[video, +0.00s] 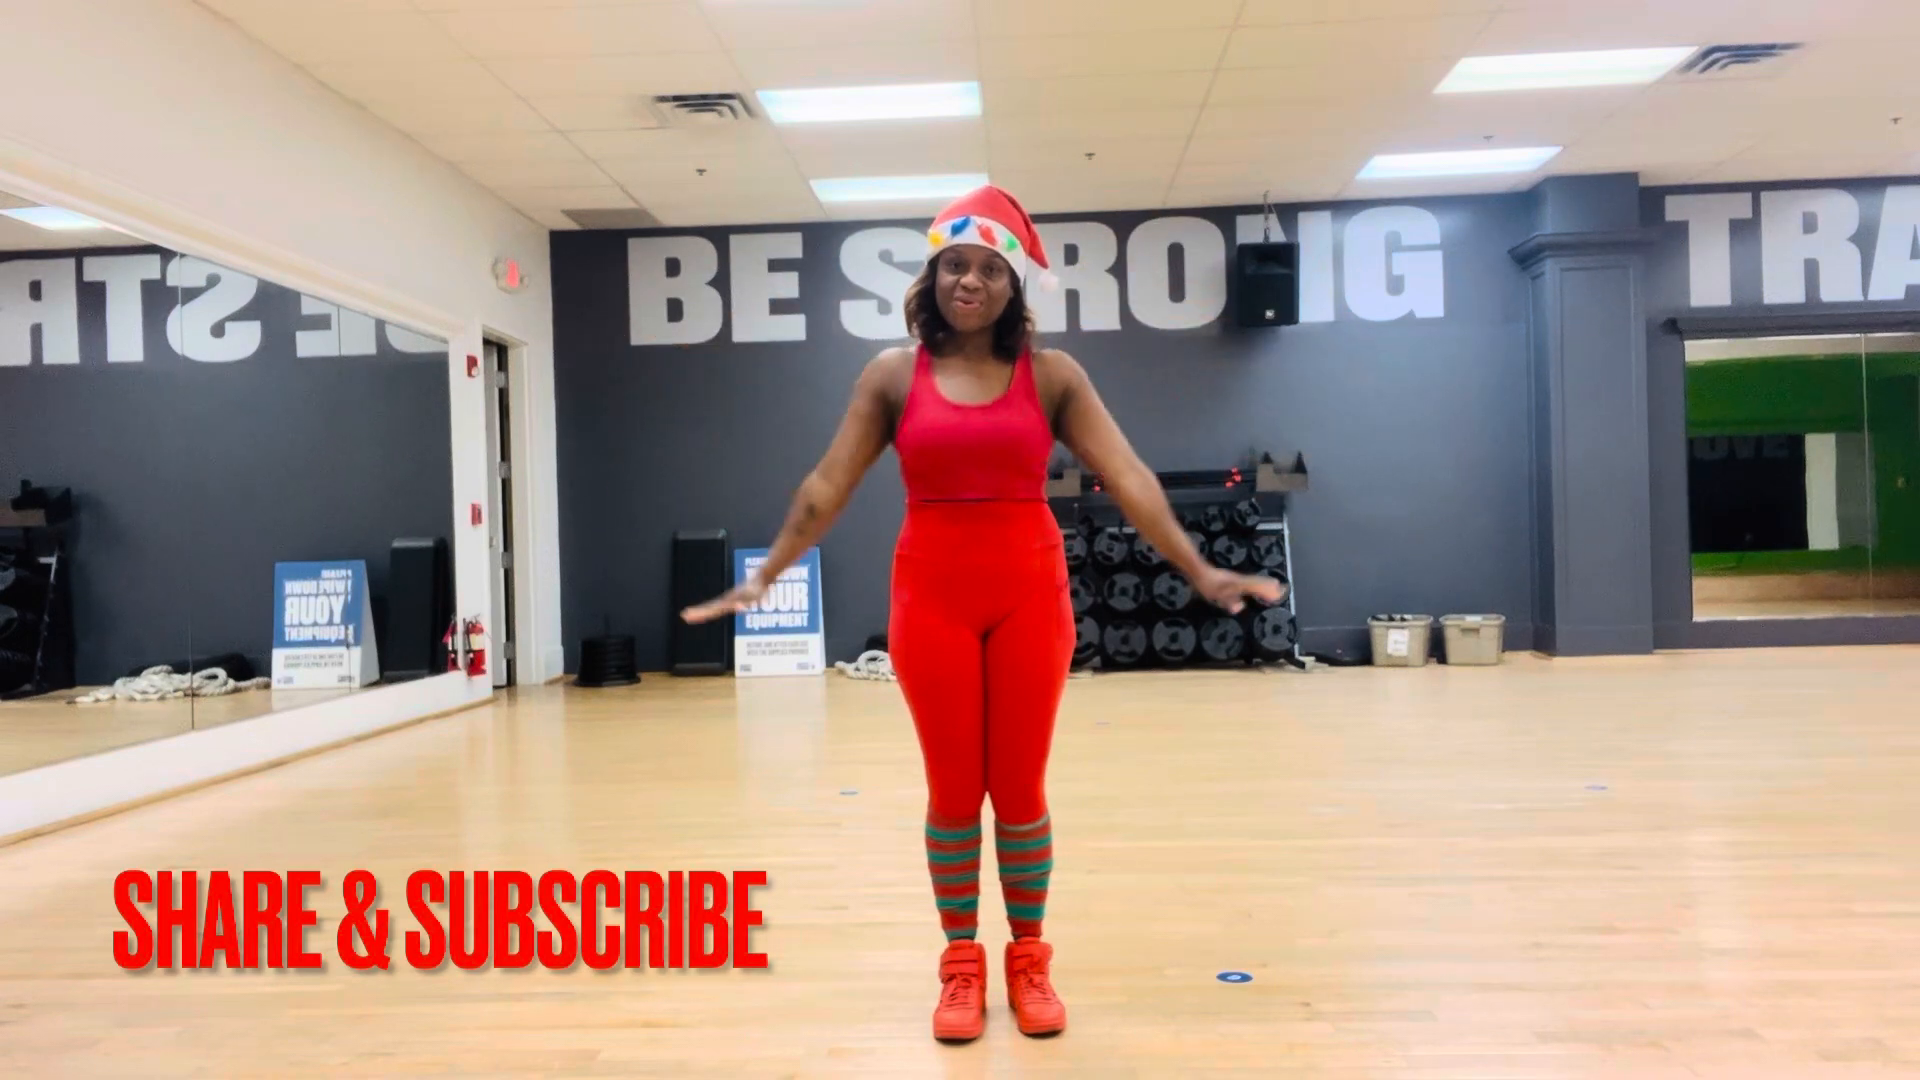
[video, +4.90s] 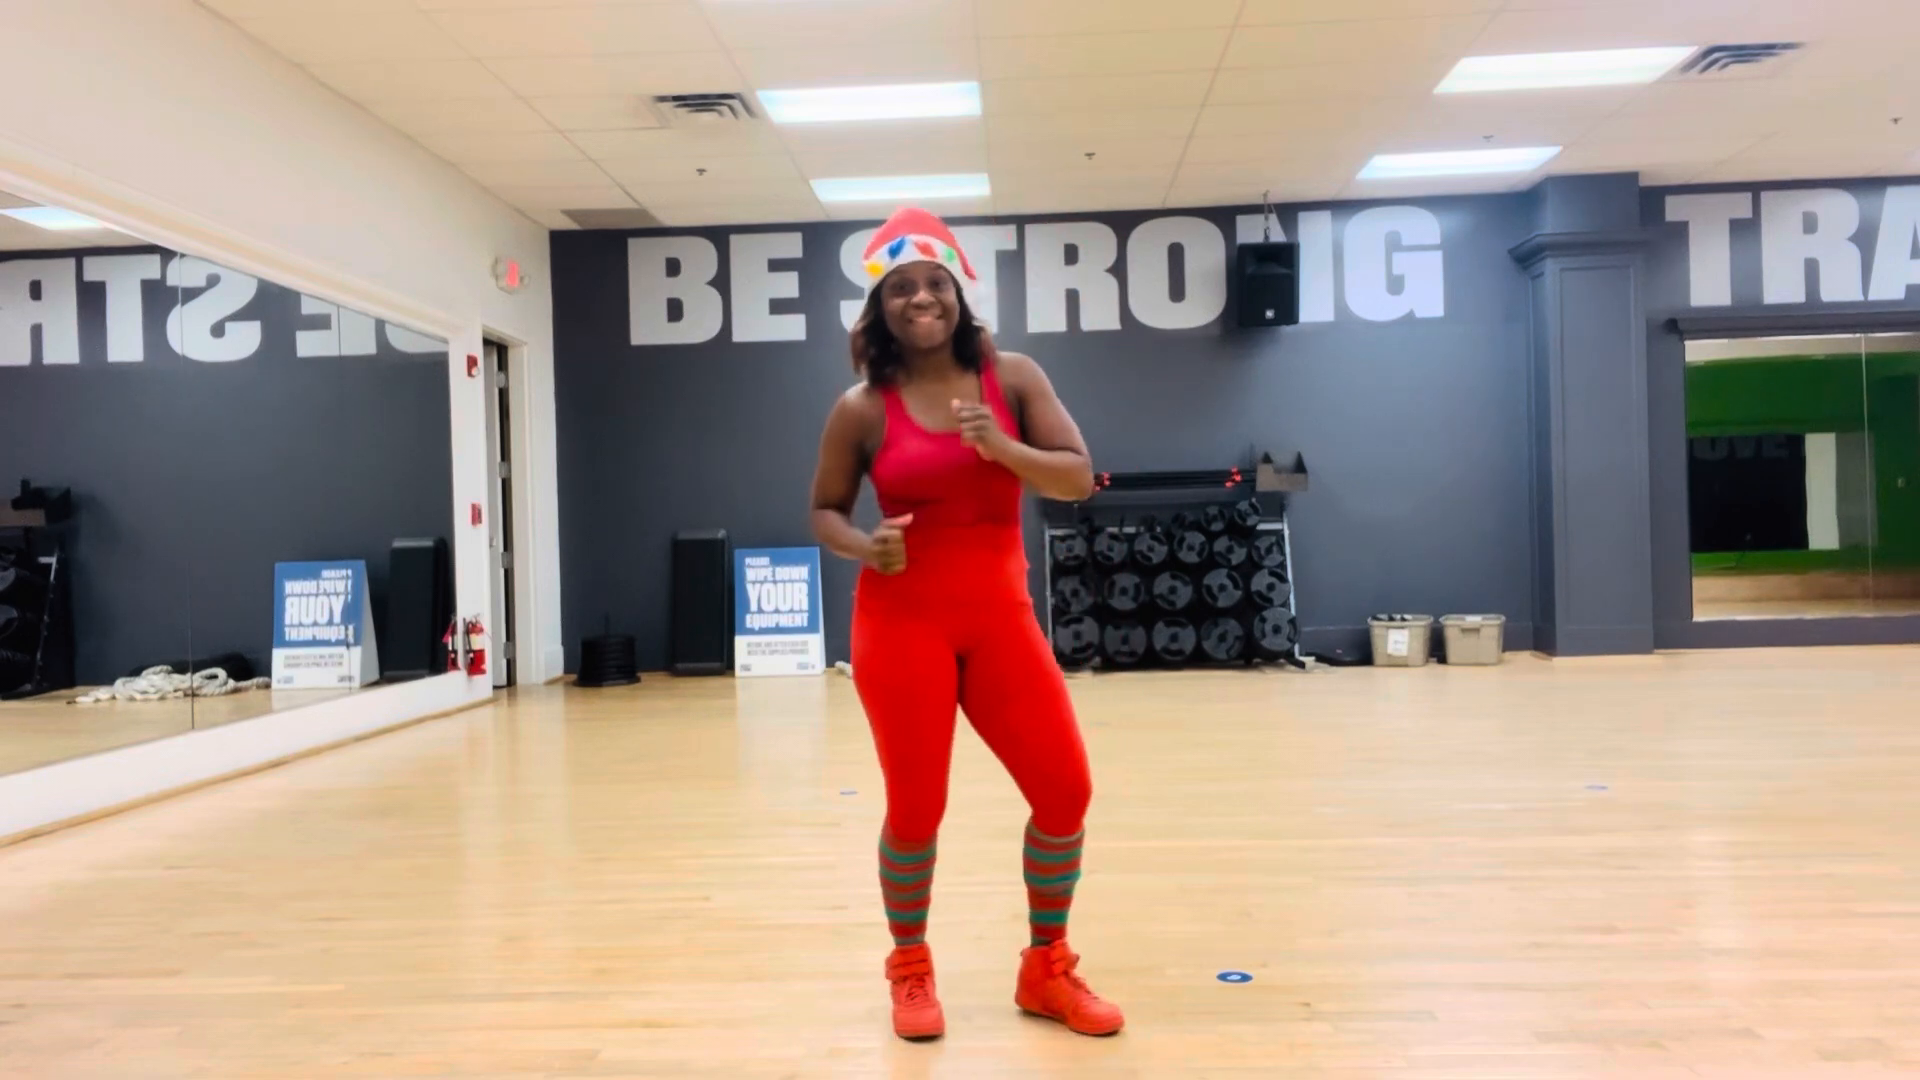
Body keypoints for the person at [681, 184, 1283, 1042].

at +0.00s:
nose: (966, 283)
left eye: (985, 270)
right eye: (953, 266)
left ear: (1012, 285)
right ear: (932, 277)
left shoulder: (1050, 373)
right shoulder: (894, 374)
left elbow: (1126, 475)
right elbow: (827, 485)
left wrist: (1202, 569)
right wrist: (764, 576)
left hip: (1030, 590)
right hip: (931, 592)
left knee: (1019, 785)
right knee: (954, 786)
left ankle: (1030, 963)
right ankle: (962, 965)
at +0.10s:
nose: (969, 282)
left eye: (988, 270)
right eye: (955, 265)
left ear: (1012, 285)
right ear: (932, 277)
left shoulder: (1049, 375)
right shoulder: (894, 377)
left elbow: (1093, 483)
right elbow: (856, 498)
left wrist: (1143, 592)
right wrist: (818, 598)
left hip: (1031, 592)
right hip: (931, 593)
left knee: (1019, 785)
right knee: (955, 786)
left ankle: (1029, 964)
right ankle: (961, 965)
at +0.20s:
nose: (967, 282)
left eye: (987, 270)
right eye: (954, 265)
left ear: (1011, 287)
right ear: (931, 277)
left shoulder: (1049, 375)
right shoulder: (892, 376)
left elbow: (1067, 485)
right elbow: (882, 494)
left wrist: (1073, 585)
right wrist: (878, 596)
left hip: (1029, 592)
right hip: (930, 596)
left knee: (1019, 785)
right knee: (955, 788)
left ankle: (1030, 963)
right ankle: (962, 966)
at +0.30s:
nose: (964, 284)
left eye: (983, 272)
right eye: (950, 268)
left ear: (1008, 288)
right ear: (929, 281)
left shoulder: (1045, 371)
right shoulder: (892, 374)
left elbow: (1064, 478)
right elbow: (884, 485)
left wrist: (988, 544)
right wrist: (928, 557)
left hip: (1033, 592)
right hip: (933, 594)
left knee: (1021, 782)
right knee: (955, 783)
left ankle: (1030, 966)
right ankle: (962, 968)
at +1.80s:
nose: (1016, 279)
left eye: (1033, 265)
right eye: (1001, 264)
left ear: (1057, 282)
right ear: (977, 278)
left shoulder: (1096, 374)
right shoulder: (934, 367)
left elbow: (1129, 494)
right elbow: (874, 460)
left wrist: (1071, 468)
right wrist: (922, 496)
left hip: (1056, 599)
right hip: (953, 598)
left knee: (1052, 794)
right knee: (954, 795)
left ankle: (1046, 967)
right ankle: (967, 969)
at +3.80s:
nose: (1006, 282)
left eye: (1023, 267)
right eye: (990, 269)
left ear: (1054, 278)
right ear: (972, 283)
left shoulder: (1101, 368)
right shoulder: (944, 378)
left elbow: (1146, 483)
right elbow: (904, 477)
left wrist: (1068, 453)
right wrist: (930, 516)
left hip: (1064, 601)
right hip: (959, 598)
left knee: (1076, 796)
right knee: (943, 793)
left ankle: (1085, 966)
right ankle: (925, 967)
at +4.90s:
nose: (922, 299)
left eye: (935, 283)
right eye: (903, 289)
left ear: (960, 295)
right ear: (882, 312)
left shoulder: (1012, 376)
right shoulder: (862, 409)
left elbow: (1077, 477)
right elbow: (822, 512)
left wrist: (1006, 450)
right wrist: (864, 544)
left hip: (1000, 611)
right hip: (903, 616)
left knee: (1064, 786)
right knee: (915, 806)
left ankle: (1047, 969)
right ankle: (911, 973)